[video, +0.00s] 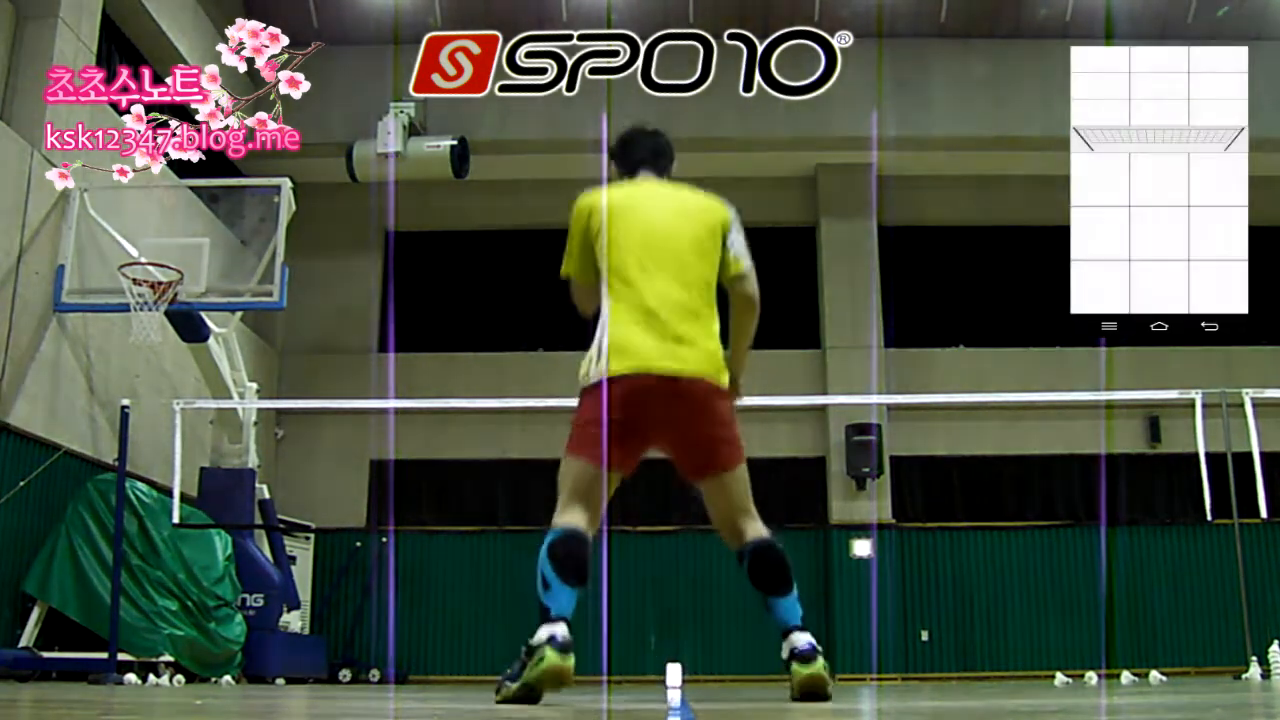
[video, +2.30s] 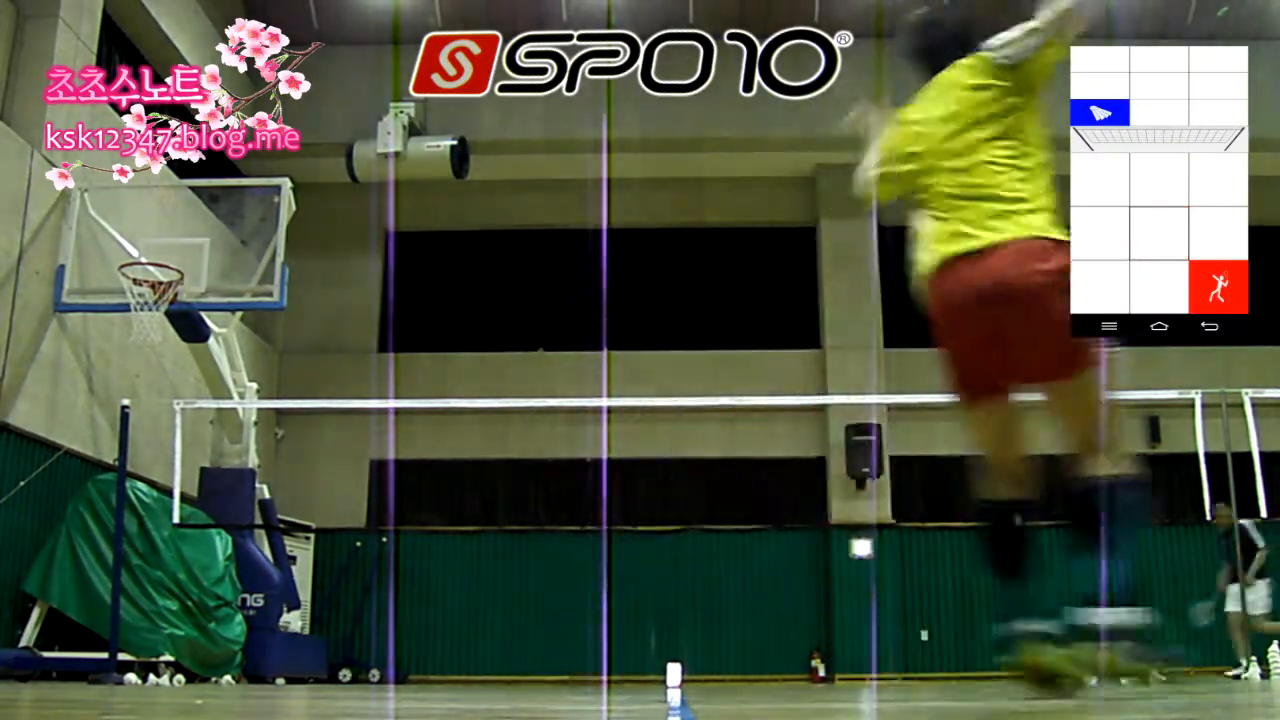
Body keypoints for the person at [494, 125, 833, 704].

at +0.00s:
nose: (618, 177)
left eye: (615, 168)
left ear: (618, 168)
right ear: (670, 168)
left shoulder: (594, 205)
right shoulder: (715, 209)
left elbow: (585, 300)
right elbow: (746, 294)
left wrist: (622, 251)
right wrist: (734, 372)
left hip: (618, 380)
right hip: (699, 381)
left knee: (575, 509)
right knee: (744, 521)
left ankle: (552, 637)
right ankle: (800, 644)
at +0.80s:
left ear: (654, 160)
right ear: (710, 159)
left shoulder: (639, 200)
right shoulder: (755, 212)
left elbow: (615, 247)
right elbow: (794, 299)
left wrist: (580, 342)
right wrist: (759, 364)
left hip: (670, 390)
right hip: (747, 391)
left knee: (614, 521)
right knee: (786, 530)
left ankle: (593, 640)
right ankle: (853, 642)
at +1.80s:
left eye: (654, 202)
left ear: (658, 198)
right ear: (713, 193)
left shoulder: (654, 223)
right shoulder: (766, 232)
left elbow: (622, 274)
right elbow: (817, 311)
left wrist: (568, 348)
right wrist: (817, 382)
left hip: (676, 380)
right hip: (761, 379)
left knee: (621, 523)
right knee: (825, 512)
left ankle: (553, 643)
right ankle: (880, 637)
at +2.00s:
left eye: (752, 190)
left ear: (750, 196)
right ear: (804, 183)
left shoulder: (734, 248)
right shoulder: (853, 215)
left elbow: (694, 337)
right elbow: (937, 213)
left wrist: (669, 397)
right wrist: (915, 186)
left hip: (745, 407)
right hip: (832, 407)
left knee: (669, 538)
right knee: (877, 530)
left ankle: (568, 642)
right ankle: (875, 652)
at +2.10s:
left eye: (806, 147)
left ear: (807, 147)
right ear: (863, 128)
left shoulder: (800, 204)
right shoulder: (913, 151)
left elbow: (740, 308)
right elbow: (987, 102)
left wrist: (732, 307)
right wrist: (927, 50)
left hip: (824, 349)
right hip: (911, 349)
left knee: (762, 495)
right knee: (916, 508)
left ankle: (694, 624)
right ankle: (883, 649)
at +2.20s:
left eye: (876, 72)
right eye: (902, 64)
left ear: (863, 91)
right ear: (912, 70)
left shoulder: (855, 147)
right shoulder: (951, 92)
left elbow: (801, 239)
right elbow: (1027, 29)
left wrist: (806, 195)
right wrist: (984, 6)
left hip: (893, 288)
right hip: (974, 277)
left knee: (896, 460)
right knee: (983, 457)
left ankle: (877, 616)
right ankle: (969, 610)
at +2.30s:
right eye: (971, 28)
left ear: (916, 61)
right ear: (966, 41)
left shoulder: (905, 127)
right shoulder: (997, 67)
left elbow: (870, 187)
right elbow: (1070, 15)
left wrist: (877, 128)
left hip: (952, 281)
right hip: (1032, 261)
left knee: (999, 445)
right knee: (1079, 426)